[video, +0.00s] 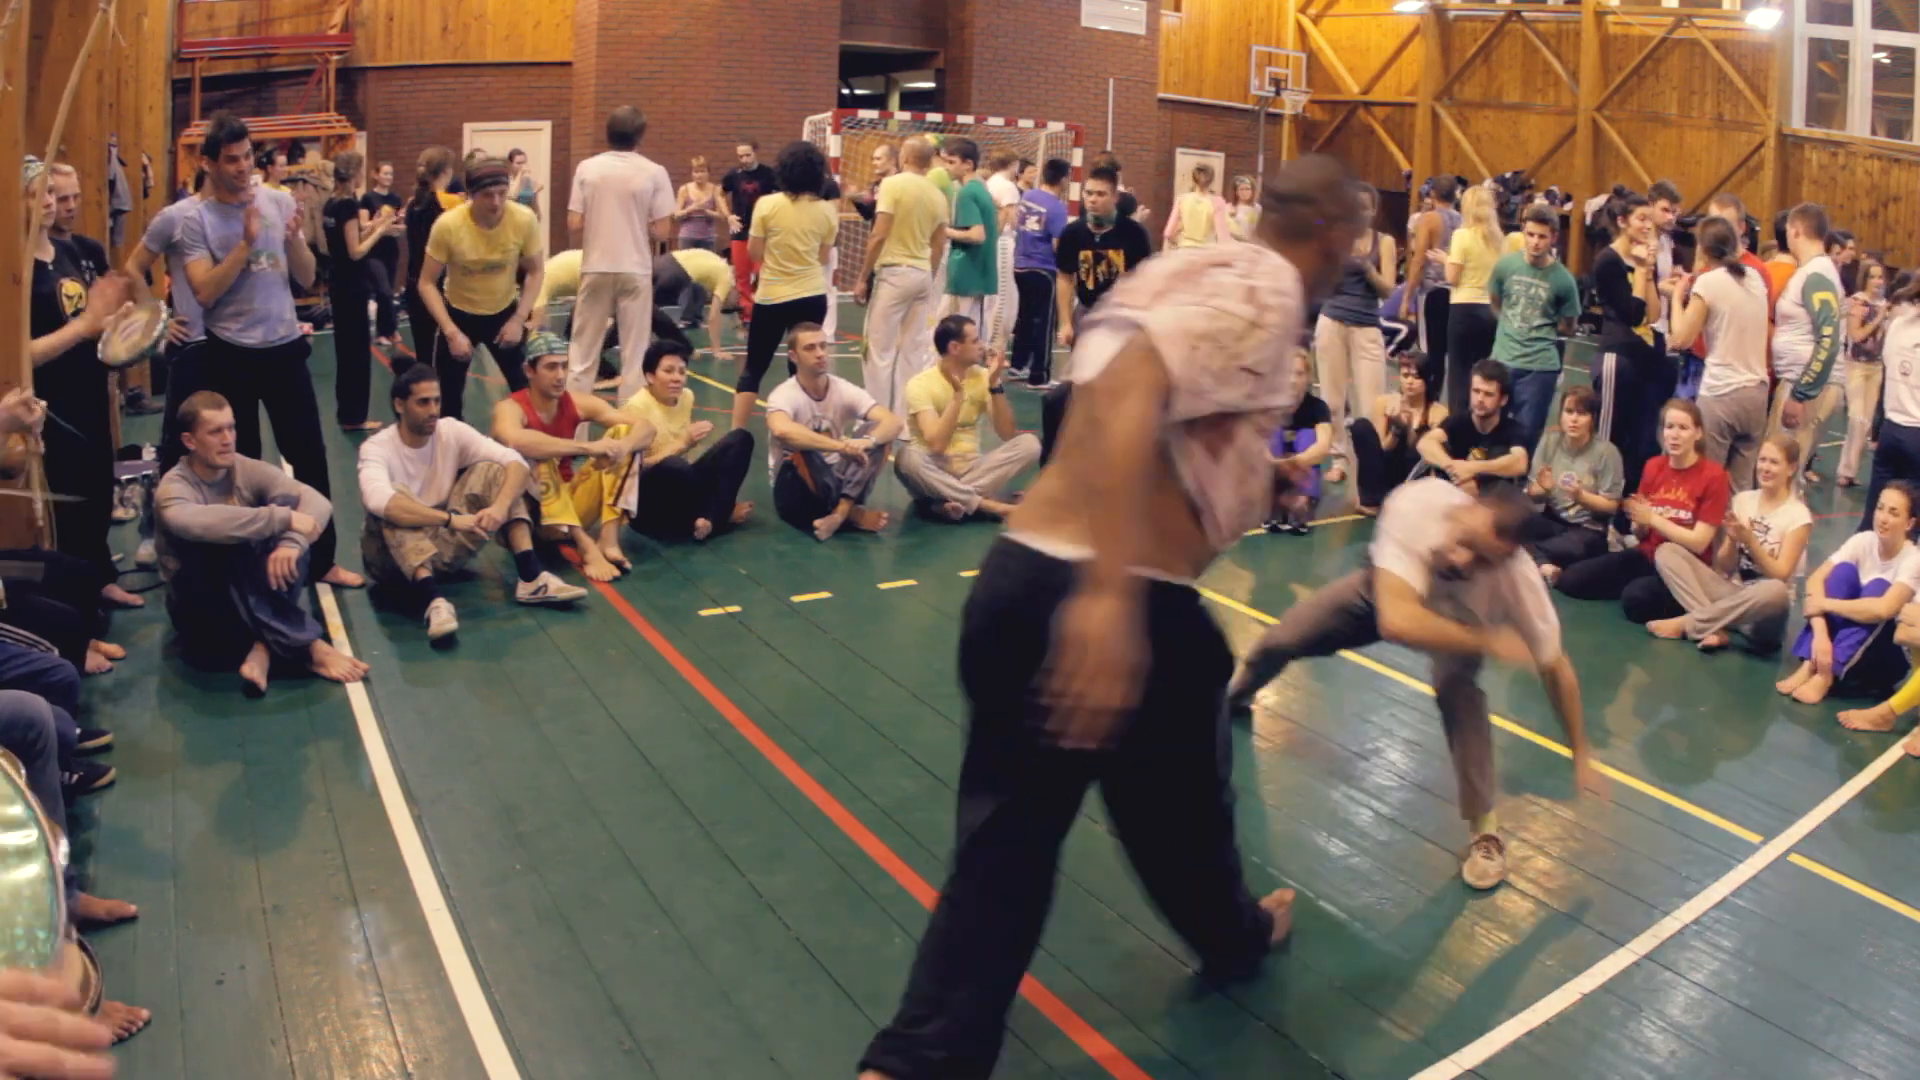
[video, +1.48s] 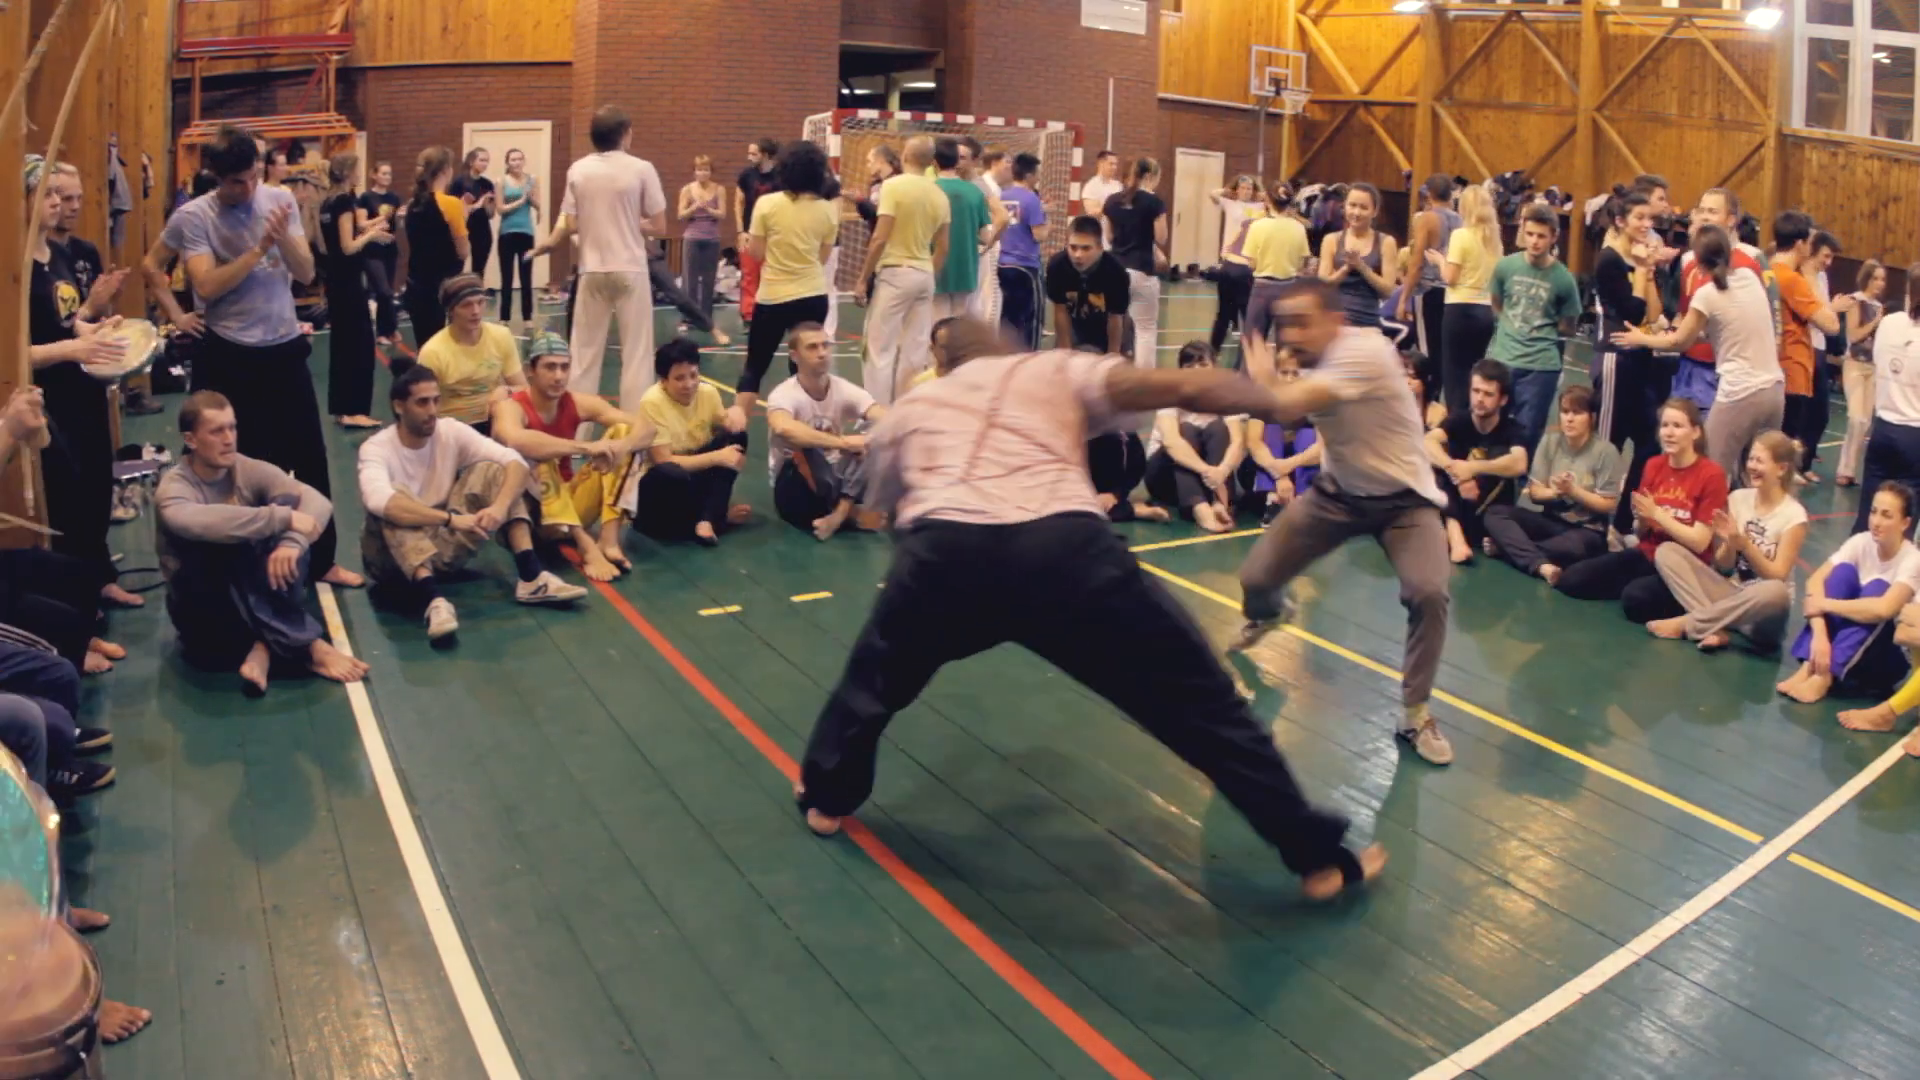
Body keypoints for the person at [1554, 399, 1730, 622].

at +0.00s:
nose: (1674, 434)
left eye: (1683, 428)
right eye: (1669, 427)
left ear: (1698, 433)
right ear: (1661, 431)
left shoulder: (1715, 476)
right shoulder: (1653, 466)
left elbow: (1699, 543)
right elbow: (1640, 533)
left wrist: (1651, 519)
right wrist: (1639, 516)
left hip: (1683, 566)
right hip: (1646, 555)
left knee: (1635, 601)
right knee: (1569, 581)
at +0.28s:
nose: (1670, 433)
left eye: (1679, 427)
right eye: (1665, 426)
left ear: (1697, 433)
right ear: (1658, 430)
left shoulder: (1713, 476)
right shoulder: (1653, 466)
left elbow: (1701, 542)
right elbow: (1642, 530)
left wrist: (1659, 518)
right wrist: (1631, 513)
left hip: (1684, 567)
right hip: (1647, 556)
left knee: (1635, 600)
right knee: (1569, 581)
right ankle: (1636, 582)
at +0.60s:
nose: (1670, 432)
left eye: (1679, 426)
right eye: (1666, 425)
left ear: (1698, 432)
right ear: (1659, 429)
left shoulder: (1714, 475)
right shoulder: (1654, 465)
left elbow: (1701, 542)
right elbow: (1642, 531)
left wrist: (1660, 515)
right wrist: (1634, 514)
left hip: (1685, 565)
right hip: (1647, 555)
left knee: (1635, 601)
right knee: (1569, 581)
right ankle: (1636, 582)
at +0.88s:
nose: (1670, 432)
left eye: (1679, 426)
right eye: (1667, 425)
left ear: (1698, 433)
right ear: (1660, 428)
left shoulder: (1714, 476)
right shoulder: (1654, 465)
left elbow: (1701, 542)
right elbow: (1642, 532)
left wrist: (1659, 512)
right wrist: (1637, 514)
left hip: (1684, 566)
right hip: (1647, 555)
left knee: (1635, 601)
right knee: (1569, 581)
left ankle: (1693, 604)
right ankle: (1635, 583)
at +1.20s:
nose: (1669, 432)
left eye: (1678, 426)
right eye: (1666, 425)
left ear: (1697, 433)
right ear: (1659, 428)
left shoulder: (1713, 475)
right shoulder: (1654, 465)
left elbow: (1701, 542)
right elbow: (1641, 532)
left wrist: (1658, 513)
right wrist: (1636, 514)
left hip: (1684, 565)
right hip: (1647, 555)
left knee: (1635, 601)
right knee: (1570, 581)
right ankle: (1635, 582)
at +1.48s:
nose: (1668, 432)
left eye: (1677, 426)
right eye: (1664, 425)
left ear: (1696, 432)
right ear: (1658, 430)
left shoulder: (1712, 474)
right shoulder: (1653, 465)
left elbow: (1700, 542)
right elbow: (1640, 531)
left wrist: (1656, 515)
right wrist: (1642, 518)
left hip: (1684, 566)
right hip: (1647, 555)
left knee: (1635, 600)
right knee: (1570, 581)